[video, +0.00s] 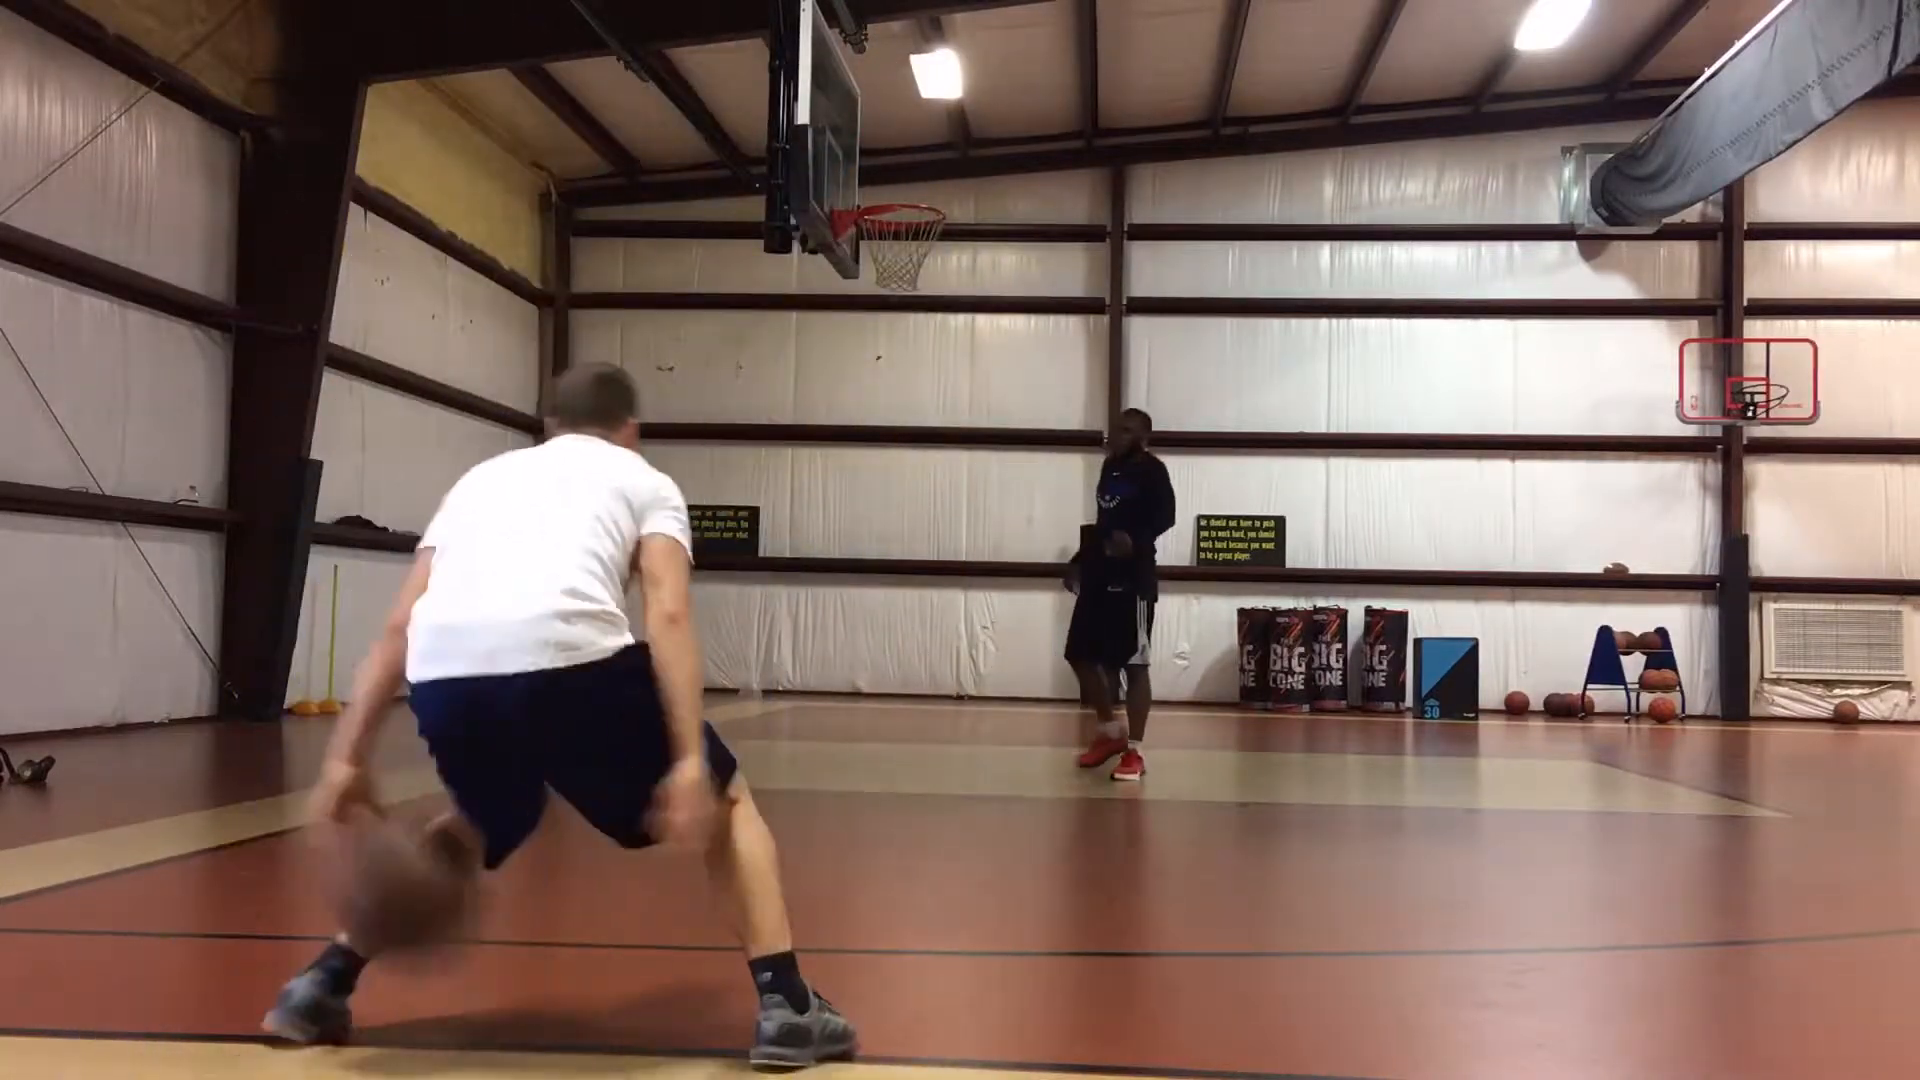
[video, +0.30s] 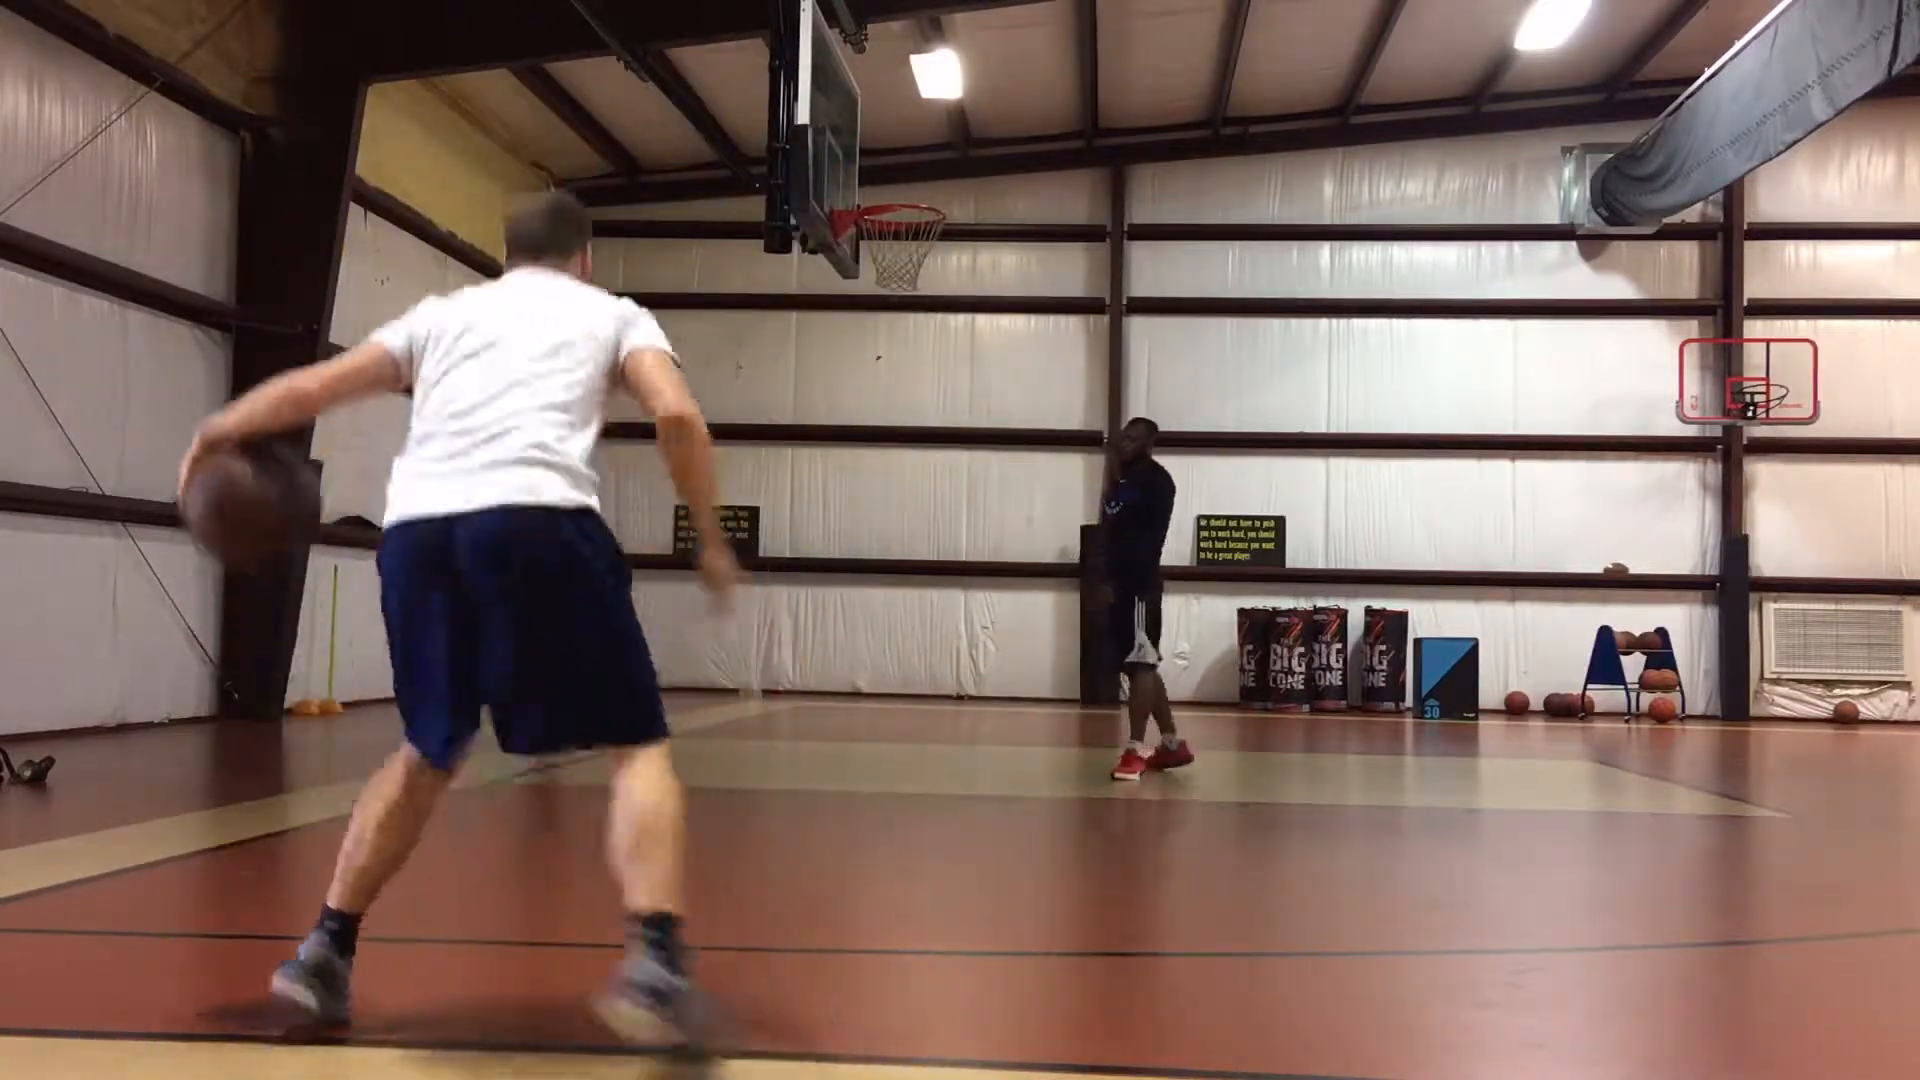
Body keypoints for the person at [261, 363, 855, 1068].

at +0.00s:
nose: (640, 446)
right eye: (639, 433)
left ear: (549, 425)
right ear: (629, 430)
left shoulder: (475, 481)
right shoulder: (644, 481)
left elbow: (403, 624)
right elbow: (669, 615)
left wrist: (346, 758)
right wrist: (691, 762)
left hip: (446, 680)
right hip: (579, 666)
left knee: (479, 814)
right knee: (728, 797)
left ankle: (327, 978)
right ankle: (785, 1000)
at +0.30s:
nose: (592, 271)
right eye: (593, 259)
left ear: (505, 259)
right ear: (584, 258)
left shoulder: (441, 314)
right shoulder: (611, 313)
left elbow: (313, 388)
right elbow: (676, 412)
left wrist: (212, 433)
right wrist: (709, 536)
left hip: (415, 534)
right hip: (539, 526)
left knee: (427, 744)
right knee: (636, 745)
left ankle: (324, 953)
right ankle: (655, 960)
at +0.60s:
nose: (603, 344)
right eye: (605, 333)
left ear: (517, 314)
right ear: (594, 332)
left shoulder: (431, 363)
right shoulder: (607, 406)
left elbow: (343, 481)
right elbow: (576, 563)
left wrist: (406, 528)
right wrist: (528, 622)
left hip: (367, 568)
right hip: (487, 579)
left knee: (386, 773)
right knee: (539, 809)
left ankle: (295, 967)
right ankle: (524, 999)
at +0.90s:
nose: (565, 318)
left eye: (559, 306)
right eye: (564, 307)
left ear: (481, 312)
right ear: (553, 314)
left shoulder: (440, 372)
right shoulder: (564, 382)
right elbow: (657, 475)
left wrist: (553, 361)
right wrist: (667, 375)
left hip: (361, 613)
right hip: (466, 616)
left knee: (417, 814)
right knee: (539, 813)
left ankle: (309, 960)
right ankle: (483, 978)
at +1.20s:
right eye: (561, 71)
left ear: (489, 95)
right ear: (560, 89)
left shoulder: (479, 153)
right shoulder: (580, 153)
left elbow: (527, 58)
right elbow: (656, 67)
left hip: (458, 408)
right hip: (549, 413)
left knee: (451, 623)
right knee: (563, 628)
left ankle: (383, 822)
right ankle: (554, 826)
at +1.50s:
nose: (598, 234)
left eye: (572, 225)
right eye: (593, 225)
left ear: (523, 237)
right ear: (590, 237)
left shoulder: (504, 296)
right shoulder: (609, 307)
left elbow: (531, 213)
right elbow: (682, 233)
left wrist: (551, 145)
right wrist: (651, 153)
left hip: (499, 563)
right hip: (585, 568)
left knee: (524, 757)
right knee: (616, 773)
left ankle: (477, 917)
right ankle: (560, 955)